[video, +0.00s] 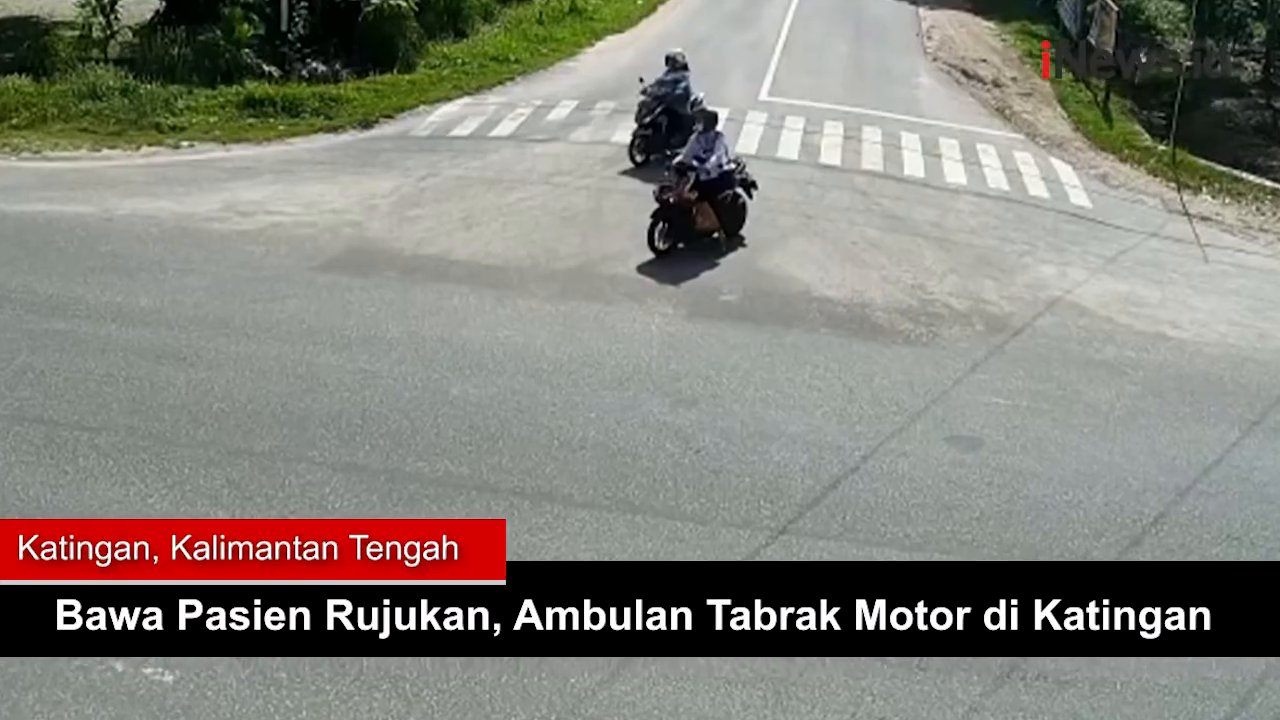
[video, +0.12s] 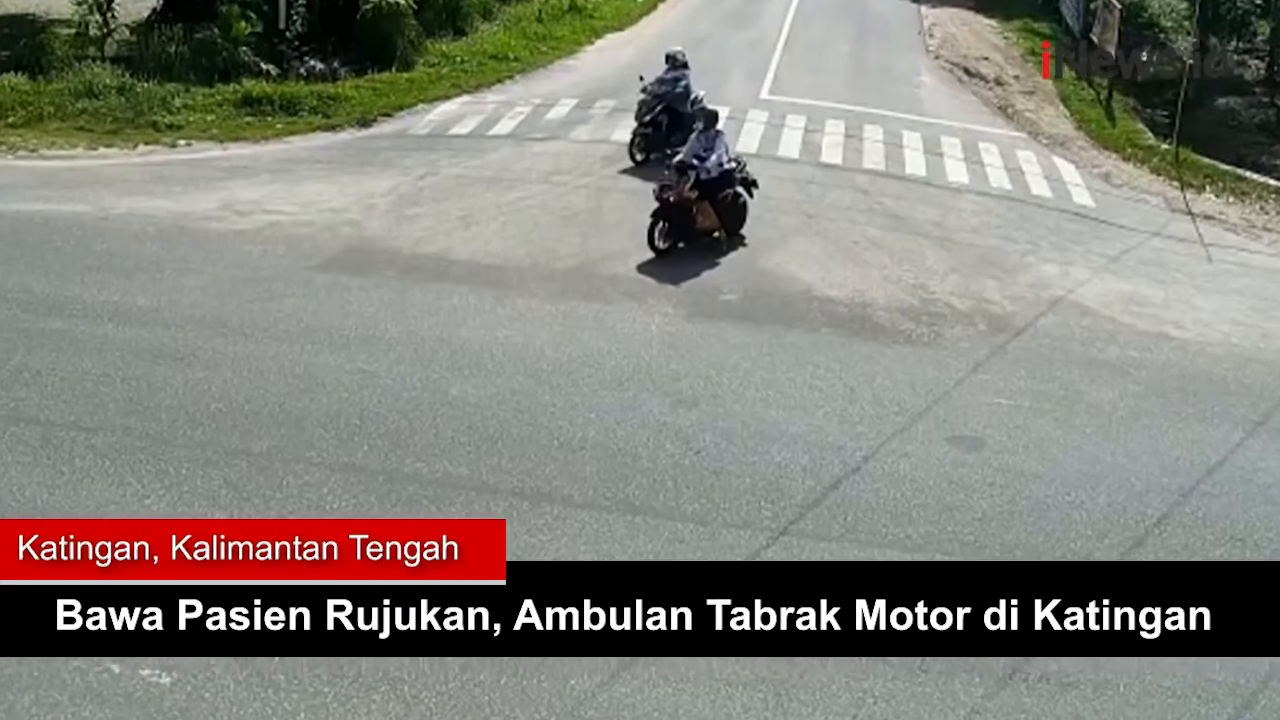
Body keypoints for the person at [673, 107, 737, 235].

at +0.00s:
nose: (699, 124)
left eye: (703, 121)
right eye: (700, 120)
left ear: (711, 123)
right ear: (701, 123)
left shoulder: (719, 138)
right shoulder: (696, 137)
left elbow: (717, 156)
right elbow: (688, 152)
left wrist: (705, 167)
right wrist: (679, 162)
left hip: (719, 173)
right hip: (700, 173)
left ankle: (727, 230)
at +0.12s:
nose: (699, 122)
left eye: (702, 119)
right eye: (699, 119)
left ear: (711, 122)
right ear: (702, 121)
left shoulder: (719, 137)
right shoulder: (696, 136)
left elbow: (718, 156)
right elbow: (688, 151)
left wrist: (705, 166)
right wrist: (679, 161)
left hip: (720, 173)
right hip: (701, 173)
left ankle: (728, 229)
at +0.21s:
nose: (699, 121)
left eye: (703, 118)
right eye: (700, 118)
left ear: (711, 121)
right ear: (702, 120)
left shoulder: (719, 136)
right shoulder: (697, 135)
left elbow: (719, 154)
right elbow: (688, 150)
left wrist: (706, 166)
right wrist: (679, 160)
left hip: (720, 172)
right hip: (701, 172)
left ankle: (727, 228)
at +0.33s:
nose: (700, 120)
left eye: (703, 117)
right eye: (700, 116)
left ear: (712, 119)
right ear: (703, 119)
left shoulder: (720, 134)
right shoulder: (697, 134)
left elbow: (719, 154)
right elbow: (688, 149)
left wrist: (706, 164)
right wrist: (679, 159)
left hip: (720, 170)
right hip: (702, 170)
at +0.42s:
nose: (698, 119)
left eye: (702, 116)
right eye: (699, 116)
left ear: (711, 118)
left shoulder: (720, 134)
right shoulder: (698, 133)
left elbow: (719, 153)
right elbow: (688, 148)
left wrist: (706, 164)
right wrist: (679, 158)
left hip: (721, 169)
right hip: (702, 169)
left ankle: (726, 225)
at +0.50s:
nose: (701, 117)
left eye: (704, 114)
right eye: (701, 114)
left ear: (712, 116)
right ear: (703, 116)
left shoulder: (721, 132)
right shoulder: (698, 131)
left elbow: (719, 150)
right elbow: (689, 146)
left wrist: (707, 161)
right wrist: (678, 156)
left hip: (722, 168)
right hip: (703, 168)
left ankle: (727, 224)